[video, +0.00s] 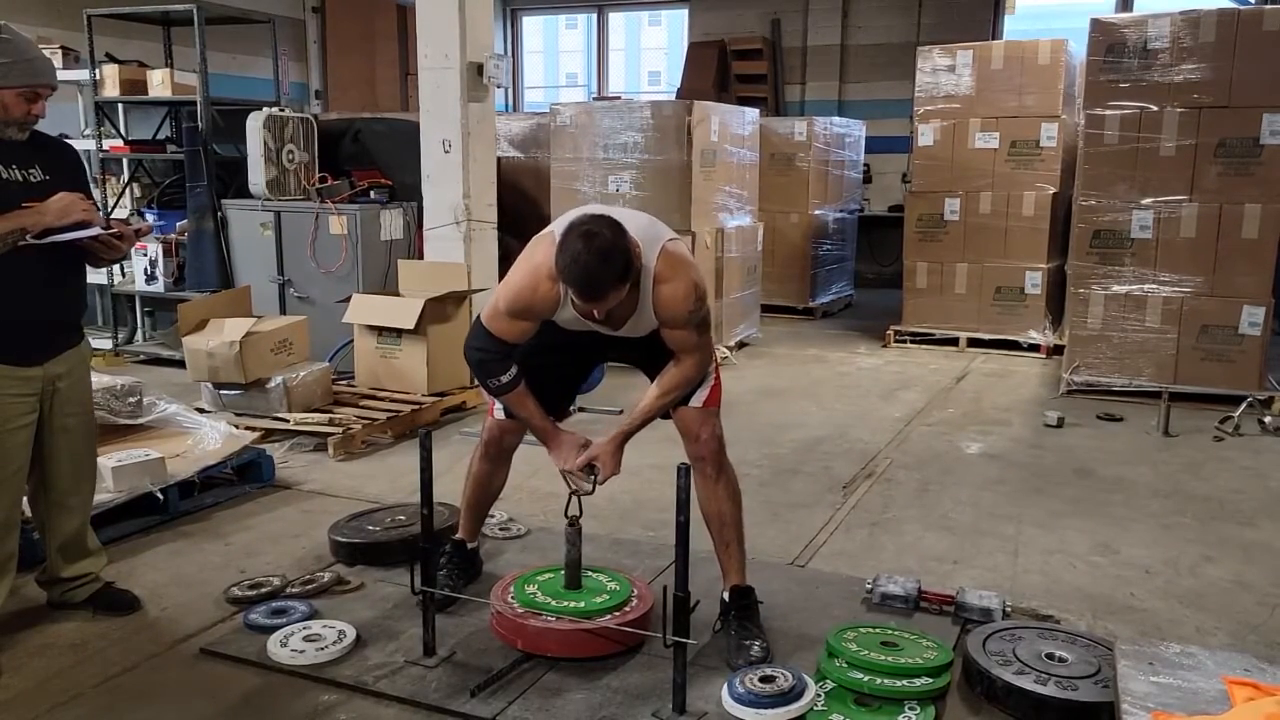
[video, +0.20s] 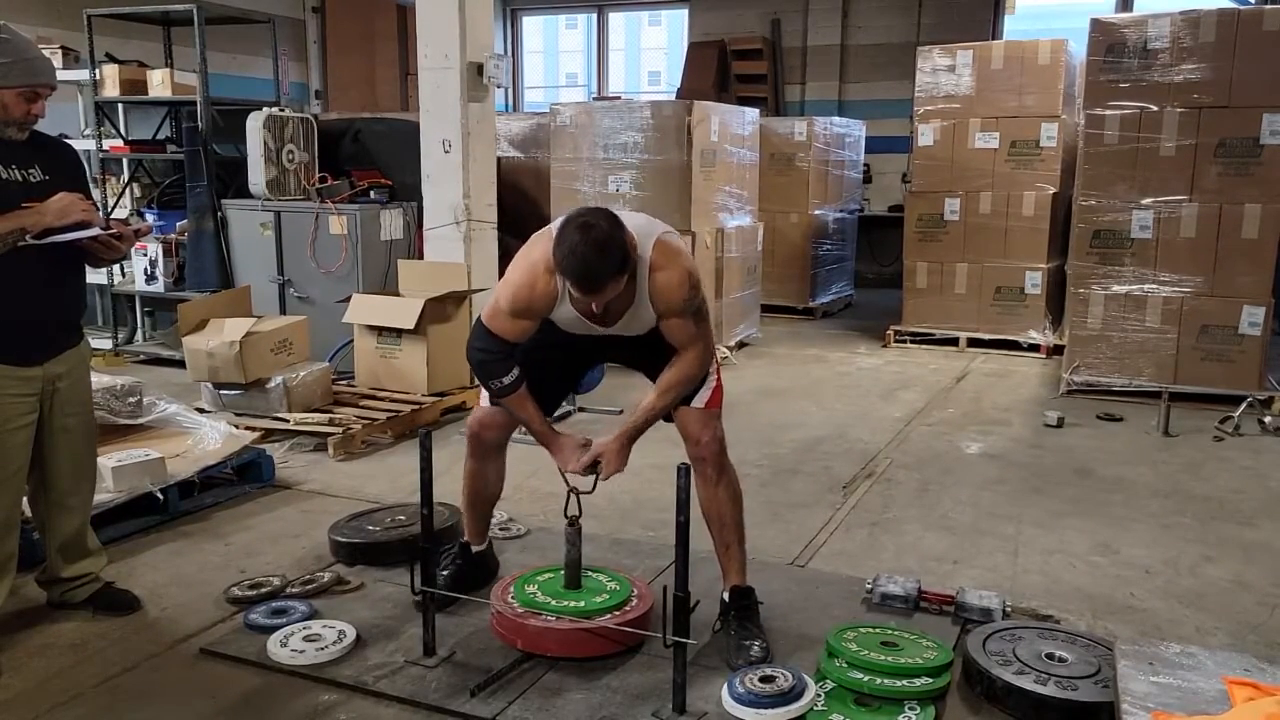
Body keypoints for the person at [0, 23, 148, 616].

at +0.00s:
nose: (39, 107)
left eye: (45, 96)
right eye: (28, 96)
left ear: (48, 92)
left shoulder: (60, 156)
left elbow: (84, 246)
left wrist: (110, 249)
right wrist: (38, 216)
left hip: (65, 346)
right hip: (7, 355)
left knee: (70, 474)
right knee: (7, 489)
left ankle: (74, 581)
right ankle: (0, 597)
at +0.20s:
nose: (39, 107)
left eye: (44, 96)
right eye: (28, 96)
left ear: (47, 92)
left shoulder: (60, 155)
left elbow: (84, 247)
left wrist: (110, 249)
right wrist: (38, 217)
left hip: (65, 346)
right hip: (7, 355)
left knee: (70, 474)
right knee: (7, 489)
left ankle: (74, 581)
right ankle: (1, 597)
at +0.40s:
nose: (38, 107)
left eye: (44, 96)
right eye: (28, 96)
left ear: (46, 92)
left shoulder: (59, 156)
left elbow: (83, 246)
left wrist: (109, 249)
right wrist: (38, 217)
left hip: (65, 346)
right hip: (6, 355)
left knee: (70, 473)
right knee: (7, 489)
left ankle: (74, 581)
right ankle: (0, 598)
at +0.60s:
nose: (38, 108)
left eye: (43, 96)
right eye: (27, 96)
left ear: (46, 92)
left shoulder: (58, 156)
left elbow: (82, 246)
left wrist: (109, 249)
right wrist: (37, 217)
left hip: (64, 347)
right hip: (5, 355)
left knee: (70, 474)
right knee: (6, 490)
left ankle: (74, 581)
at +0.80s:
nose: (37, 107)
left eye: (43, 96)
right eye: (27, 96)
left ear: (45, 92)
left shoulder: (57, 157)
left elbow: (85, 243)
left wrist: (109, 248)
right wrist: (33, 214)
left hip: (64, 346)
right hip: (5, 354)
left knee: (69, 473)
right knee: (6, 489)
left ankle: (74, 581)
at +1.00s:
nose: (43, 107)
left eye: (48, 95)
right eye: (32, 95)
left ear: (50, 92)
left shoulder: (58, 158)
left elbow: (86, 249)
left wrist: (112, 249)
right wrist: (21, 222)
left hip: (62, 347)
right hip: (5, 357)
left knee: (69, 473)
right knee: (7, 490)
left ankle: (74, 581)